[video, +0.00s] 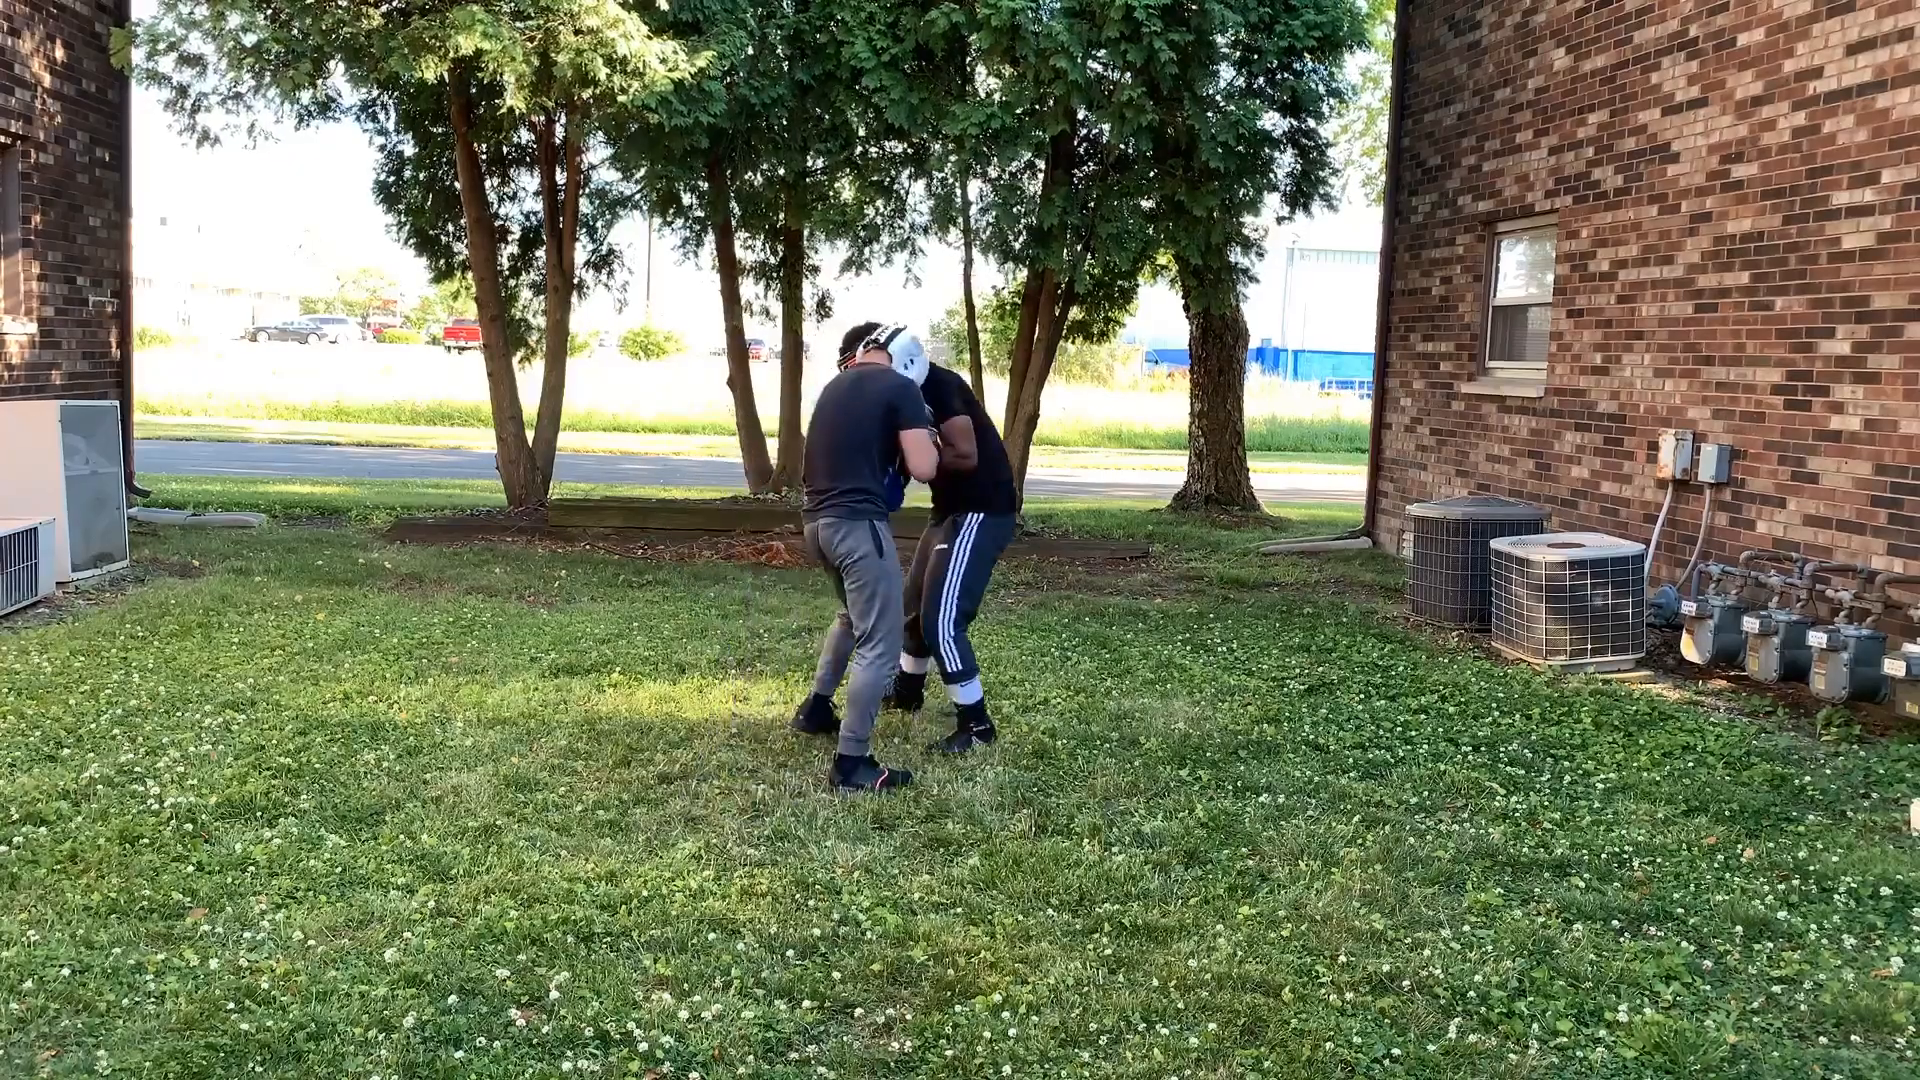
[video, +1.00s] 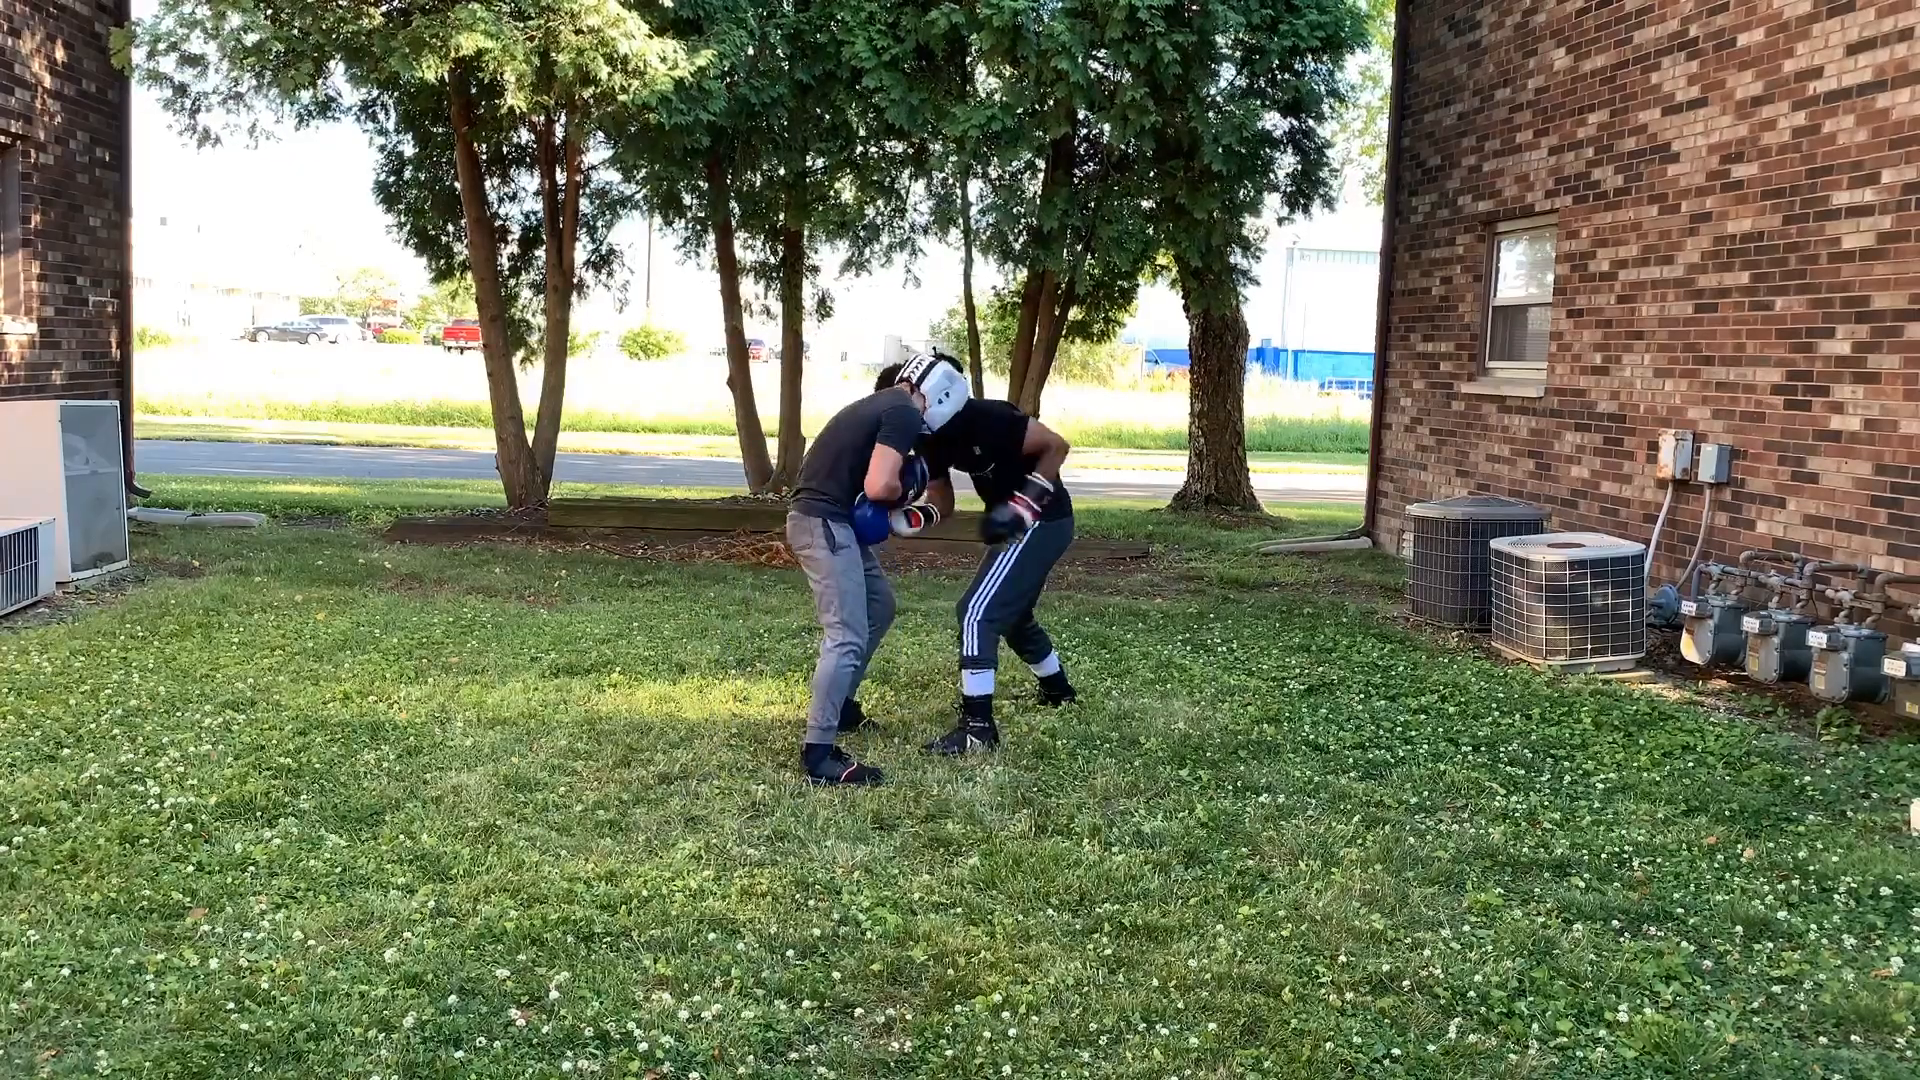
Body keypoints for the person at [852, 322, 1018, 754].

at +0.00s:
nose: (864, 380)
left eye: (868, 368)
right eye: (858, 372)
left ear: (898, 360)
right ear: (904, 361)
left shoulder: (940, 385)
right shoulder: (907, 401)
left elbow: (965, 455)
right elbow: (920, 462)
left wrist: (913, 452)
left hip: (980, 511)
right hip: (947, 511)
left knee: (942, 617)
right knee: (915, 604)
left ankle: (976, 723)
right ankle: (907, 690)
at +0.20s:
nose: (889, 381)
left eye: (891, 369)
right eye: (886, 370)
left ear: (915, 365)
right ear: (925, 358)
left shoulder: (962, 394)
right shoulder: (941, 392)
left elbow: (982, 476)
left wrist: (933, 459)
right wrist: (925, 451)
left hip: (1014, 510)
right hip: (989, 505)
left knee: (966, 612)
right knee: (965, 594)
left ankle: (979, 722)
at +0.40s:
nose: (921, 414)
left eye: (923, 404)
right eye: (919, 405)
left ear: (945, 399)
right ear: (958, 391)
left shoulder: (986, 426)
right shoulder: (983, 416)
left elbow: (989, 506)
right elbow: (987, 495)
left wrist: (952, 491)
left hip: (1024, 529)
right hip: (1035, 526)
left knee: (958, 613)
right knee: (1003, 615)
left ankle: (977, 724)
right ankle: (1056, 689)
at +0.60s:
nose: (922, 414)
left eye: (924, 404)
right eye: (919, 404)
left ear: (942, 397)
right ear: (960, 392)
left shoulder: (976, 428)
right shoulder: (986, 413)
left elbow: (997, 509)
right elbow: (991, 501)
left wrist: (952, 495)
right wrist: (952, 492)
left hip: (1031, 525)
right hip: (1053, 523)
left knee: (964, 616)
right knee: (1016, 612)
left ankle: (977, 728)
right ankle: (1058, 692)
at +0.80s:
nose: (949, 416)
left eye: (953, 408)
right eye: (951, 406)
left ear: (917, 384)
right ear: (936, 392)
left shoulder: (893, 408)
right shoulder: (915, 415)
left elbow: (883, 487)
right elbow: (890, 490)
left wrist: (926, 473)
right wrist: (923, 476)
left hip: (849, 526)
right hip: (833, 524)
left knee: (886, 614)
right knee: (847, 637)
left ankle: (839, 708)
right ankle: (817, 752)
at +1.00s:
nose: (934, 419)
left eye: (940, 412)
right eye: (938, 409)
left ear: (910, 383)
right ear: (926, 391)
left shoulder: (884, 406)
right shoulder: (901, 409)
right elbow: (878, 486)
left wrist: (905, 513)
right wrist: (905, 487)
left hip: (837, 523)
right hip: (820, 522)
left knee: (880, 609)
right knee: (847, 635)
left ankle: (842, 709)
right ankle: (817, 753)